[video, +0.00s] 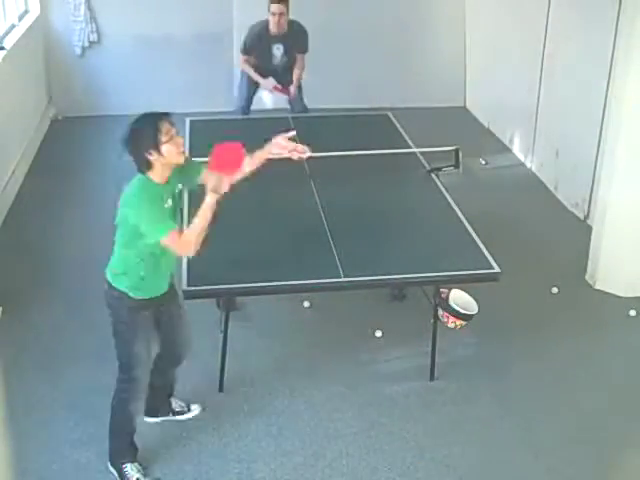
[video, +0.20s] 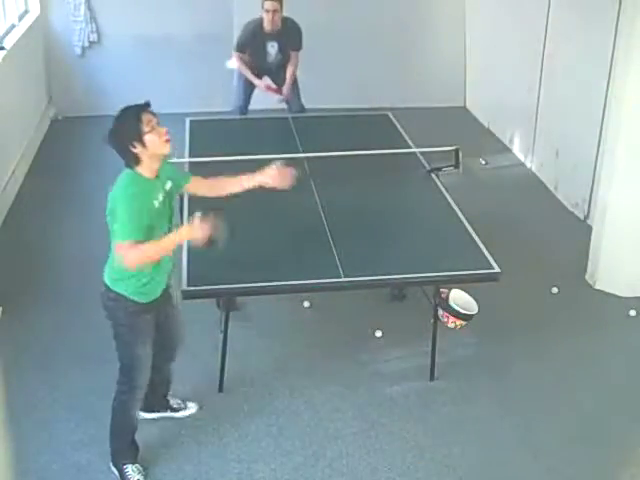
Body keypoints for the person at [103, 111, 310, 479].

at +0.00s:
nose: (181, 142)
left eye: (177, 135)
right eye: (171, 139)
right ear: (151, 154)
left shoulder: (178, 172)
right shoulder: (139, 200)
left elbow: (227, 173)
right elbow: (187, 245)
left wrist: (268, 150)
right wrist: (212, 196)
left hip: (162, 286)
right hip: (129, 294)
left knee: (174, 349)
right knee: (134, 375)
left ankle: (158, 406)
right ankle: (121, 458)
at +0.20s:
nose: (165, 131)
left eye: (160, 125)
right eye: (154, 130)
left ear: (144, 142)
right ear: (136, 147)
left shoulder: (165, 172)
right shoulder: (127, 194)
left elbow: (209, 187)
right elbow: (128, 256)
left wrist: (262, 177)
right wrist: (183, 234)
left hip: (157, 287)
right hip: (126, 296)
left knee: (166, 346)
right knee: (134, 375)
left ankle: (154, 402)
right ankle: (124, 458)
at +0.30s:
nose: (161, 130)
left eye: (157, 124)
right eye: (151, 128)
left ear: (145, 141)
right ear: (132, 146)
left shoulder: (164, 173)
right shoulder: (122, 190)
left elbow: (195, 193)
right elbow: (99, 251)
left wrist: (245, 197)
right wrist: (152, 256)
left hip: (161, 287)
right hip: (128, 297)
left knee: (168, 341)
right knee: (134, 377)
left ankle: (139, 398)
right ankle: (123, 459)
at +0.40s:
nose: (160, 137)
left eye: (156, 129)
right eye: (150, 134)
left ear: (151, 136)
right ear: (129, 149)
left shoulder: (158, 172)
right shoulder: (121, 191)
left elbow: (176, 197)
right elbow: (91, 248)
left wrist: (219, 206)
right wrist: (121, 254)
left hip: (161, 289)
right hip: (132, 298)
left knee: (165, 344)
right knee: (142, 370)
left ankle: (130, 398)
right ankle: (124, 457)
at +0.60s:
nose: (165, 150)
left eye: (164, 143)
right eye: (159, 145)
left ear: (137, 152)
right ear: (138, 153)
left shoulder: (143, 174)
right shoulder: (122, 188)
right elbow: (94, 240)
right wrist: (151, 254)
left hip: (155, 288)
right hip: (141, 295)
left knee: (159, 342)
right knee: (175, 365)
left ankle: (124, 404)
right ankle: (142, 446)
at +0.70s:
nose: (167, 156)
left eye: (167, 149)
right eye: (164, 150)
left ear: (133, 146)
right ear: (150, 151)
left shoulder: (118, 173)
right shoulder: (138, 191)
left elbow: (103, 215)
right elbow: (139, 244)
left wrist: (141, 226)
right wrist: (174, 267)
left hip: (133, 284)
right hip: (147, 293)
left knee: (161, 337)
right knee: (187, 358)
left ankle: (124, 405)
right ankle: (157, 442)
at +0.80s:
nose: (173, 153)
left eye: (173, 146)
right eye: (172, 147)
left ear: (133, 144)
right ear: (163, 151)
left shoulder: (115, 178)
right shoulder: (157, 192)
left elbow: (84, 213)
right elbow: (173, 241)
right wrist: (201, 266)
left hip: (130, 287)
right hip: (155, 295)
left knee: (155, 337)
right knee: (198, 359)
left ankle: (124, 407)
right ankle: (174, 445)